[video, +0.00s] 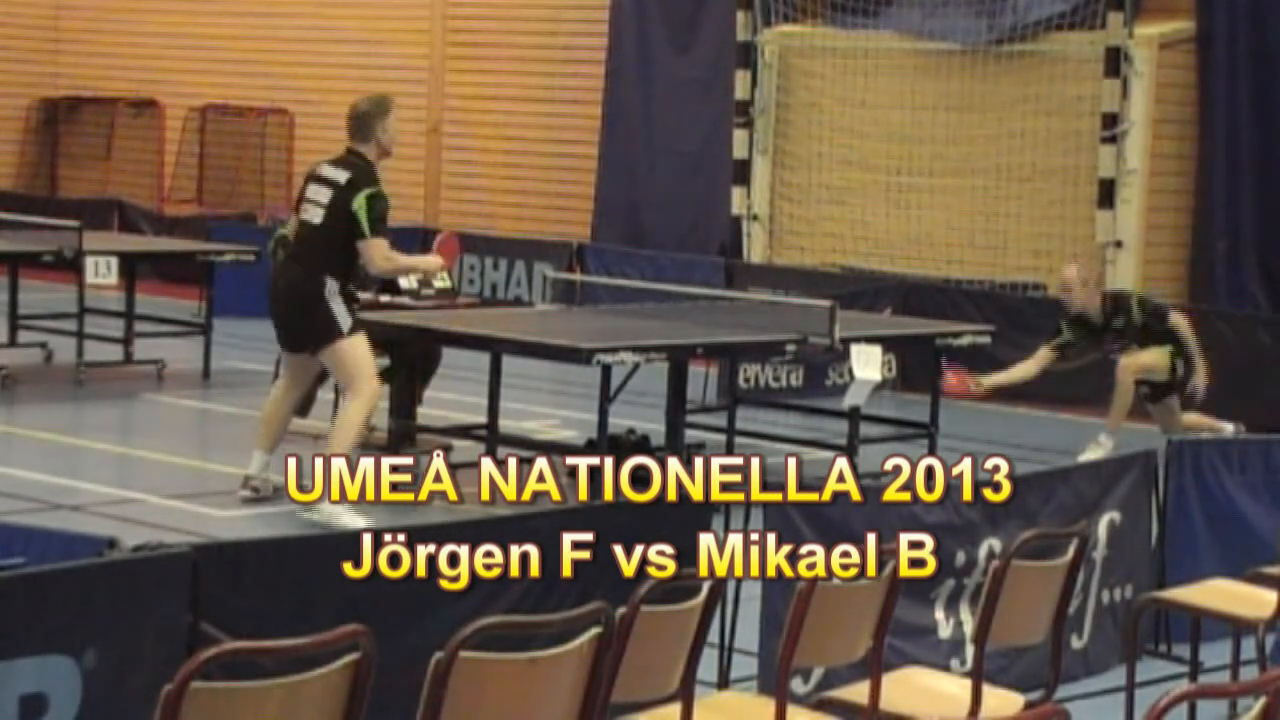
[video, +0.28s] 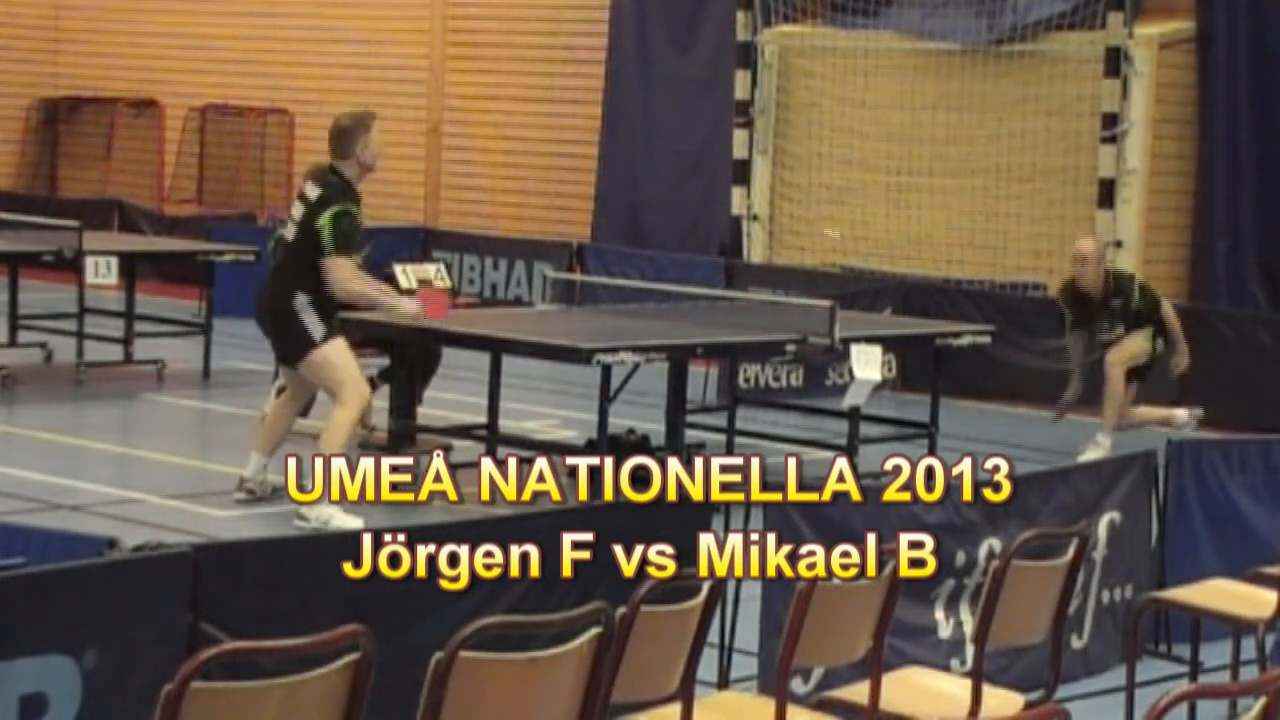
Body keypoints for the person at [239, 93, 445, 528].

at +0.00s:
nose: (398, 134)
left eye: (395, 127)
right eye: (393, 128)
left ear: (357, 132)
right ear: (377, 133)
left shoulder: (322, 170)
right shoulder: (365, 186)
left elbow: (307, 229)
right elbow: (379, 260)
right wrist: (423, 262)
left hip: (287, 282)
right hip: (318, 288)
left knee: (297, 379)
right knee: (365, 386)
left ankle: (257, 472)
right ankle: (332, 493)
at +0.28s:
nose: (380, 146)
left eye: (377, 138)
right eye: (375, 139)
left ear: (344, 147)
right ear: (360, 148)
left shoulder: (320, 180)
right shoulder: (340, 201)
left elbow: (341, 263)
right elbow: (338, 279)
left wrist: (381, 291)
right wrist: (396, 302)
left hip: (278, 298)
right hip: (298, 304)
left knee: (300, 388)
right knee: (355, 394)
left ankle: (254, 473)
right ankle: (320, 500)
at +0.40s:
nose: (379, 164)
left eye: (377, 156)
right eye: (374, 156)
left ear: (352, 161)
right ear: (355, 161)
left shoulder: (344, 204)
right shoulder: (327, 220)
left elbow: (358, 261)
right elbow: (304, 291)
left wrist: (409, 286)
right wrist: (357, 335)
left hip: (295, 313)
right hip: (286, 319)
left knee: (298, 395)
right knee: (355, 393)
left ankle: (254, 475)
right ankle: (329, 500)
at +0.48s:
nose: (380, 175)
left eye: (379, 167)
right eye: (375, 168)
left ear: (356, 172)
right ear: (355, 173)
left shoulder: (359, 216)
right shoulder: (321, 229)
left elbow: (383, 261)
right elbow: (289, 297)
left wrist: (430, 276)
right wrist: (317, 352)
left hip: (313, 317)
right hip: (290, 322)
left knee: (302, 394)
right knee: (357, 398)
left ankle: (255, 473)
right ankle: (333, 503)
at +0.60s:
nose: (394, 191)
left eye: (394, 184)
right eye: (387, 184)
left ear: (372, 189)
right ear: (362, 189)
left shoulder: (383, 230)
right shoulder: (327, 245)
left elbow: (422, 258)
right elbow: (281, 301)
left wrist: (463, 277)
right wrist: (274, 363)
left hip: (340, 329)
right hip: (311, 331)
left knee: (312, 408)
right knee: (372, 398)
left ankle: (259, 474)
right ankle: (333, 505)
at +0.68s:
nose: (414, 203)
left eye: (412, 195)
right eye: (405, 196)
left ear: (391, 202)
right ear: (378, 202)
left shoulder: (404, 233)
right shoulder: (340, 249)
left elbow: (452, 251)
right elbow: (285, 304)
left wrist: (486, 277)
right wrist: (260, 360)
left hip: (349, 328)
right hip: (315, 328)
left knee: (318, 420)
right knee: (371, 402)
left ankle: (268, 478)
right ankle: (333, 506)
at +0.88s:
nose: (479, 209)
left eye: (481, 199)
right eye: (472, 198)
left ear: (458, 203)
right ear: (448, 200)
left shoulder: (447, 246)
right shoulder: (416, 245)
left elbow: (409, 314)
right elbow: (392, 316)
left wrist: (420, 365)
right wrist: (418, 371)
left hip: (394, 341)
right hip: (368, 341)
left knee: (357, 430)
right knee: (396, 431)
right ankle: (337, 505)